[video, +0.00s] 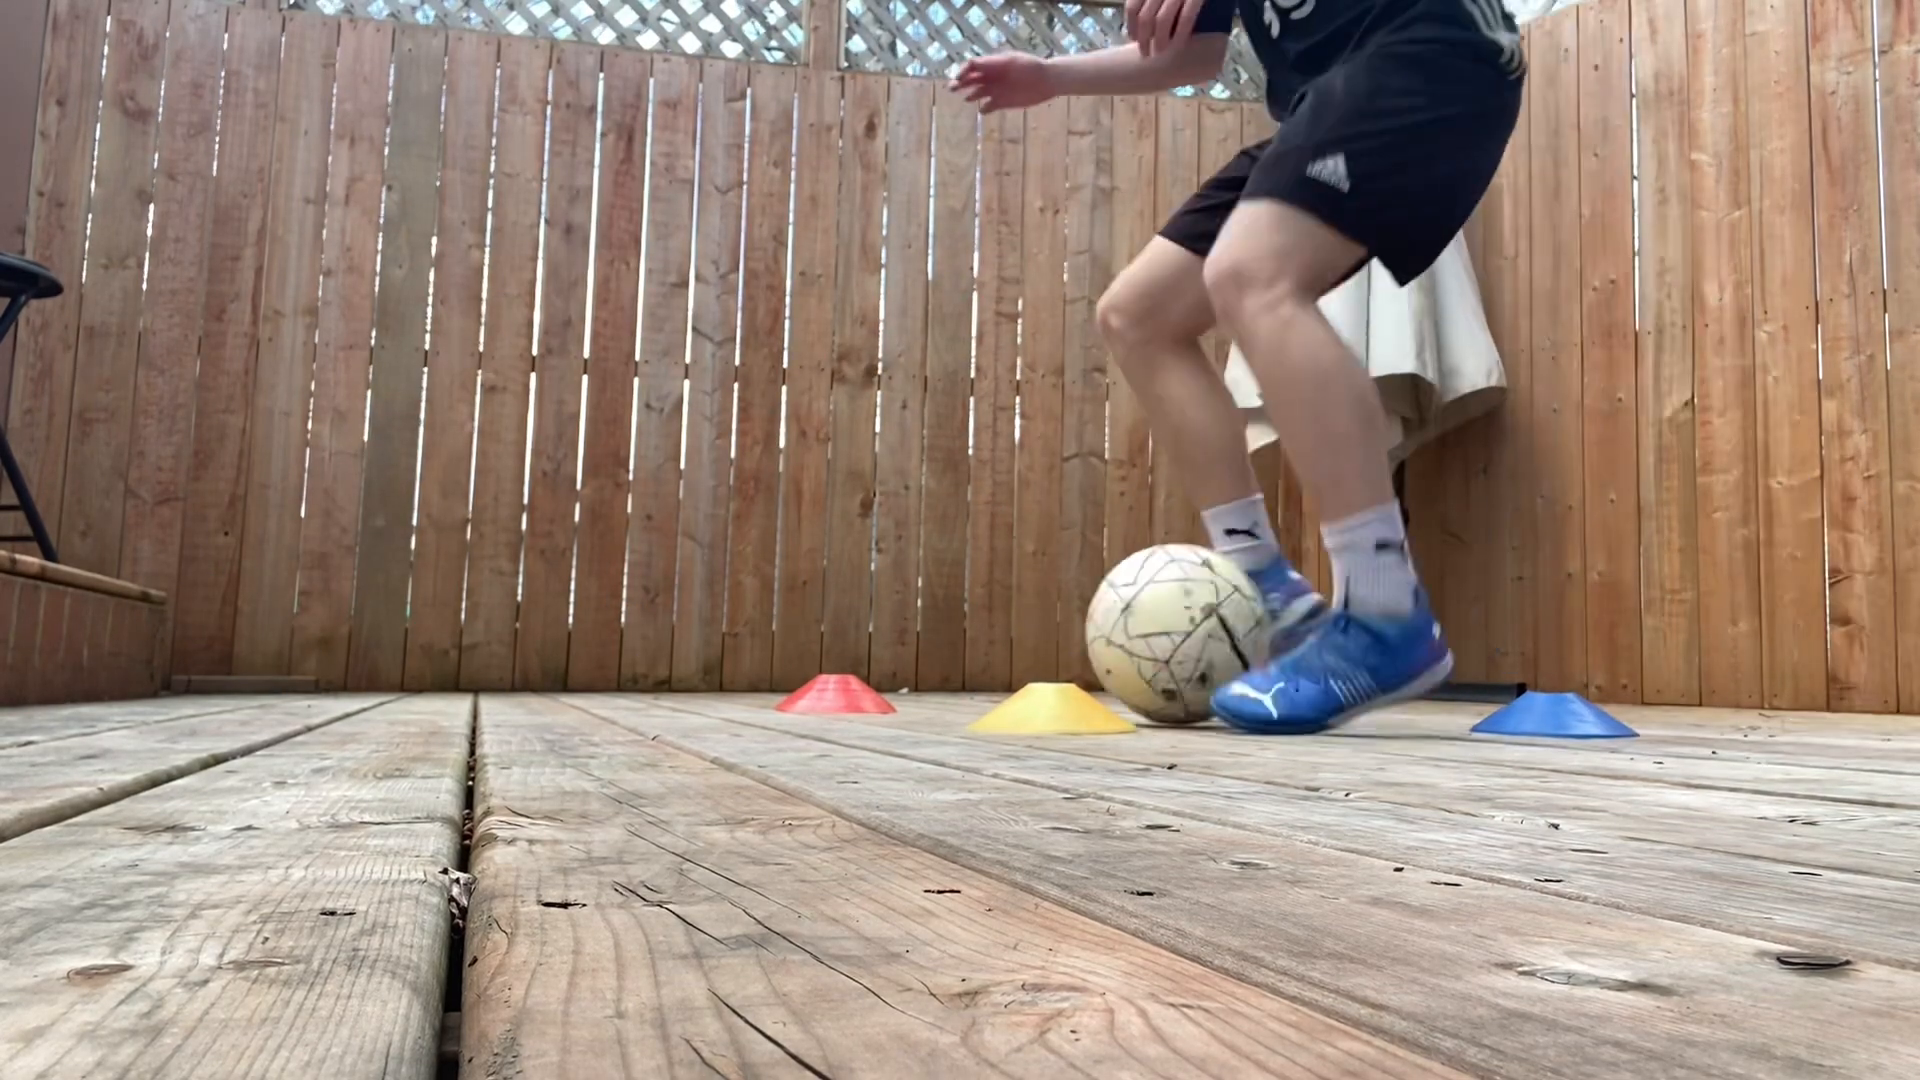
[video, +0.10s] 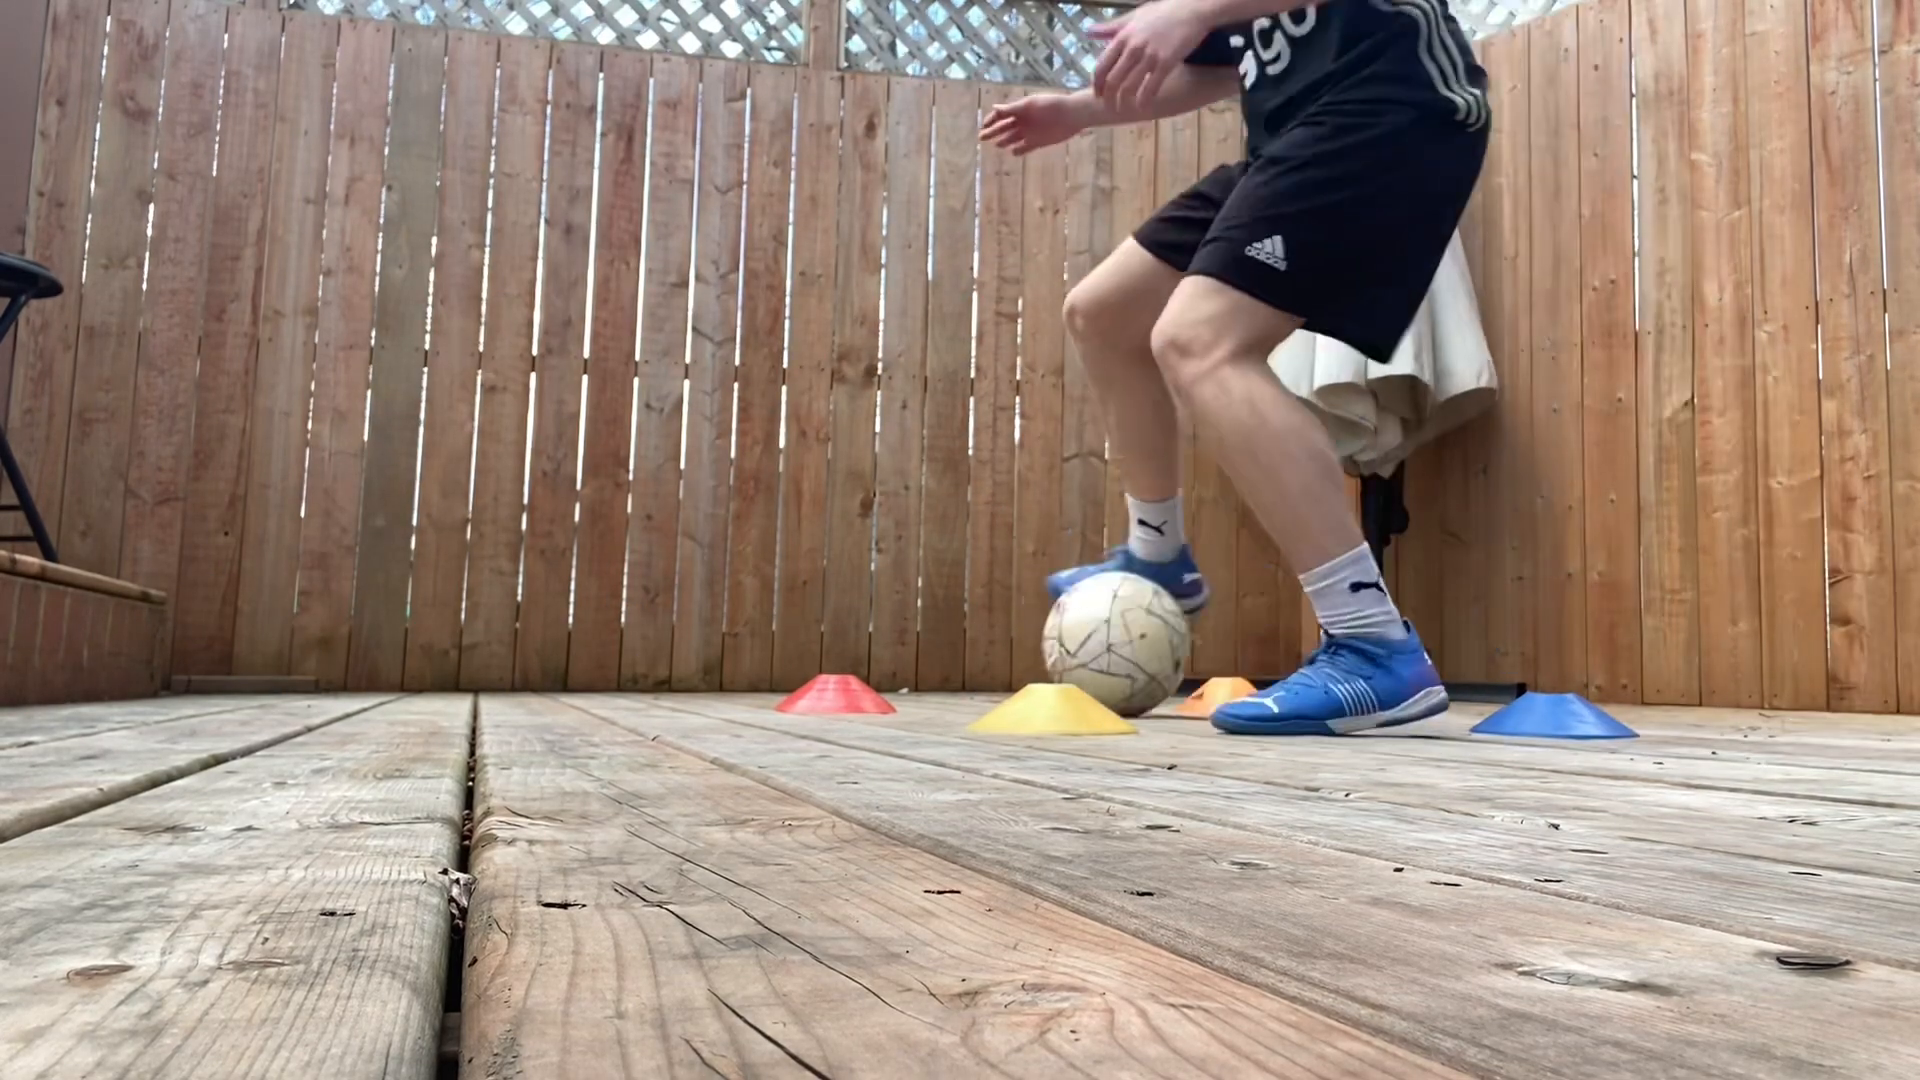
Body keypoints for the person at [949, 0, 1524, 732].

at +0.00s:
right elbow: (1197, 52)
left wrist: (1188, 5)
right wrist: (1050, 75)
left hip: (1431, 37)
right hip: (1321, 86)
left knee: (1255, 274)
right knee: (1139, 316)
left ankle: (1389, 621)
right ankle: (1265, 599)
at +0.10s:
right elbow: (1234, 61)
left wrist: (1197, 9)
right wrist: (1083, 109)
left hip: (1388, 97)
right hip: (1292, 123)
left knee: (1200, 343)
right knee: (1104, 315)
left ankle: (1377, 650)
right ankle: (1157, 560)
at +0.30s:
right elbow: (1164, 28)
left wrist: (1210, 77)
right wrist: (1050, 74)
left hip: (1309, 100)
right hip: (1231, 120)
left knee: (1207, 352)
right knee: (1115, 357)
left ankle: (1371, 640)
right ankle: (1150, 600)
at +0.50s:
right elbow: (1111, 34)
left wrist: (1234, 70)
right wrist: (1006, 83)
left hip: (1246, 114)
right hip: (1153, 144)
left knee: (1193, 323)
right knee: (1074, 376)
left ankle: (1269, 623)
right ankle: (1132, 602)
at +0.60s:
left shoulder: (1197, 5)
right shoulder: (1044, 12)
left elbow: (1262, 71)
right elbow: (1079, 109)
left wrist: (1213, 136)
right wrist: (974, 157)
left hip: (1219, 183)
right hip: (1120, 212)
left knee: (1152, 343)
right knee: (1050, 441)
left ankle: (1260, 631)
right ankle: (1069, 656)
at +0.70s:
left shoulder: (1185, 8)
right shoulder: (1025, 43)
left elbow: (1262, 135)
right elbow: (1026, 183)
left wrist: (1214, 149)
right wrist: (919, 221)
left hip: (1204, 244)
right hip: (1103, 280)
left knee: (1127, 362)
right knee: (1017, 478)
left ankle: (1292, 621)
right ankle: (1066, 669)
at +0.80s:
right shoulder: (1057, 18)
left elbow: (1334, 18)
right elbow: (1061, 143)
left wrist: (1243, 12)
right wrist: (954, 177)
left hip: (1239, 188)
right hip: (1136, 224)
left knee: (1165, 365)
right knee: (1057, 443)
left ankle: (1306, 646)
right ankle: (1064, 659)